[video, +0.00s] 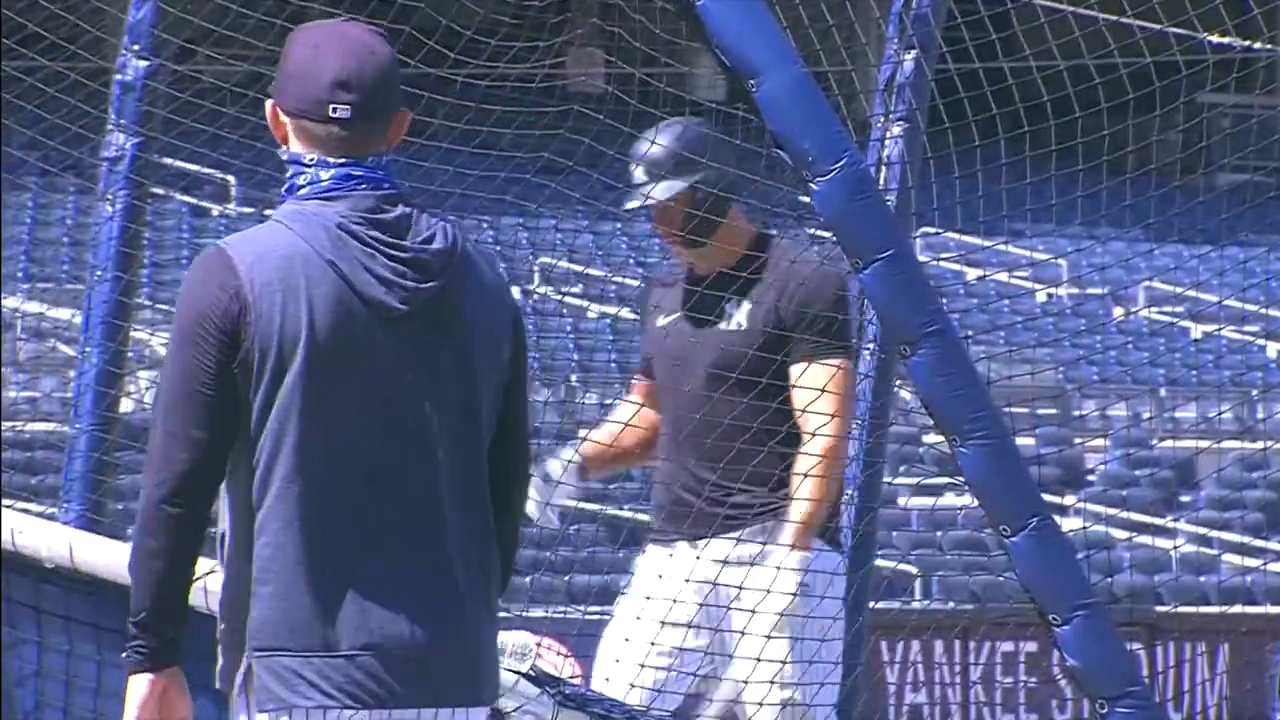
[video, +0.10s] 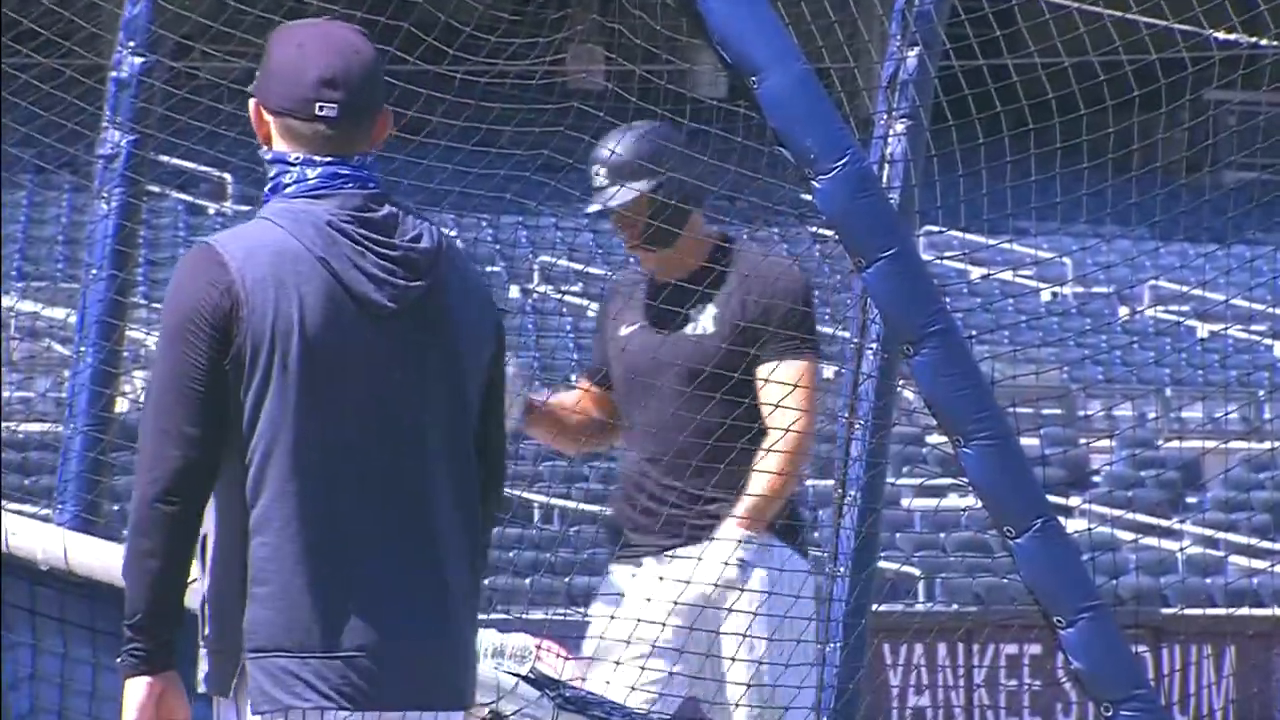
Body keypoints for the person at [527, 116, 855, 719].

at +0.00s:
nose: (668, 226)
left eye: (682, 207)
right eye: (655, 211)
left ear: (726, 195)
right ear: (645, 209)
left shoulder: (807, 279)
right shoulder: (665, 292)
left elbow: (826, 431)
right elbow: (648, 415)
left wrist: (791, 550)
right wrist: (575, 463)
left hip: (779, 547)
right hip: (675, 552)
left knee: (783, 708)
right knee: (617, 708)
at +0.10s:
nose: (628, 232)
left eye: (642, 212)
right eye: (616, 217)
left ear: (685, 197)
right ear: (605, 215)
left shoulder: (768, 281)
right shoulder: (624, 298)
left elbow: (791, 425)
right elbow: (599, 418)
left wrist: (739, 531)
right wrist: (533, 411)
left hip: (748, 559)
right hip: (642, 567)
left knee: (771, 710)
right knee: (610, 712)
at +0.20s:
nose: (575, 228)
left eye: (585, 207)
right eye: (566, 213)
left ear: (630, 195)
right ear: (559, 212)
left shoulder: (725, 278)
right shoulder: (578, 300)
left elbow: (753, 422)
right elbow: (531, 426)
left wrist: (692, 521)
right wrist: (478, 350)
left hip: (706, 567)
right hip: (596, 567)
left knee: (719, 709)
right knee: (572, 712)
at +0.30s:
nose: (544, 229)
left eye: (555, 210)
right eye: (528, 216)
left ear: (592, 187)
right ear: (515, 211)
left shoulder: (687, 269)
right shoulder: (535, 288)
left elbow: (717, 411)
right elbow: (462, 404)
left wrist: (651, 518)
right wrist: (446, 287)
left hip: (654, 572)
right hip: (545, 567)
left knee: (660, 709)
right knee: (530, 713)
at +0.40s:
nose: (514, 232)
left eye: (524, 212)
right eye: (500, 217)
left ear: (566, 185)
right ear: (487, 210)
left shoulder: (666, 259)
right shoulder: (501, 274)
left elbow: (694, 409)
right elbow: (413, 366)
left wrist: (622, 517)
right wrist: (430, 236)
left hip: (616, 560)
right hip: (510, 552)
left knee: (607, 712)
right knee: (498, 713)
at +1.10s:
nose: (562, 244)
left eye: (577, 231)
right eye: (551, 225)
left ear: (620, 216)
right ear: (530, 205)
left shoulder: (671, 299)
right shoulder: (506, 246)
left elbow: (657, 469)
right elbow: (396, 323)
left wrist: (588, 606)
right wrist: (487, 218)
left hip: (556, 542)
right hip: (451, 527)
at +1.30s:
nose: (561, 251)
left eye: (580, 237)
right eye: (548, 228)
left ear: (613, 219)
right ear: (523, 196)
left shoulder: (643, 303)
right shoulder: (465, 224)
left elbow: (622, 468)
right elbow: (360, 344)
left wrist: (579, 613)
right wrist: (454, 266)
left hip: (534, 553)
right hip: (406, 538)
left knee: (515, 709)